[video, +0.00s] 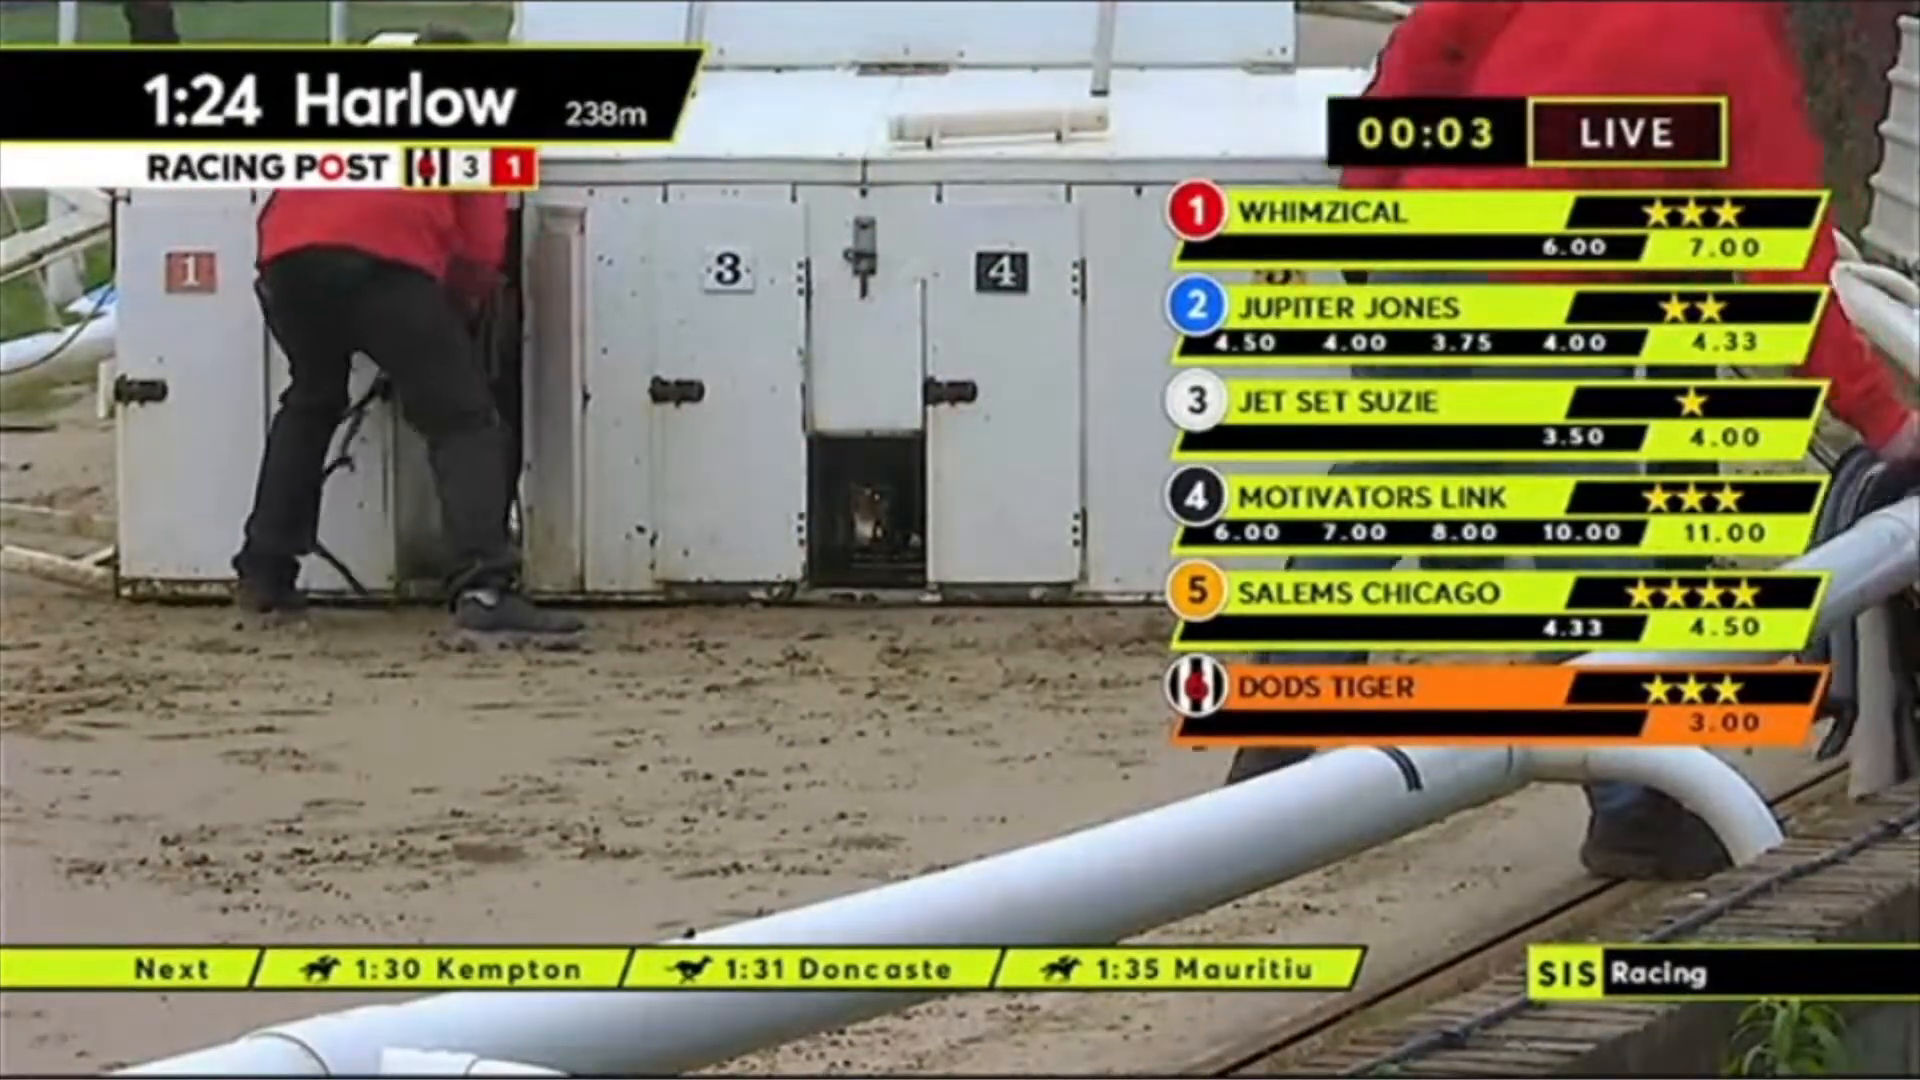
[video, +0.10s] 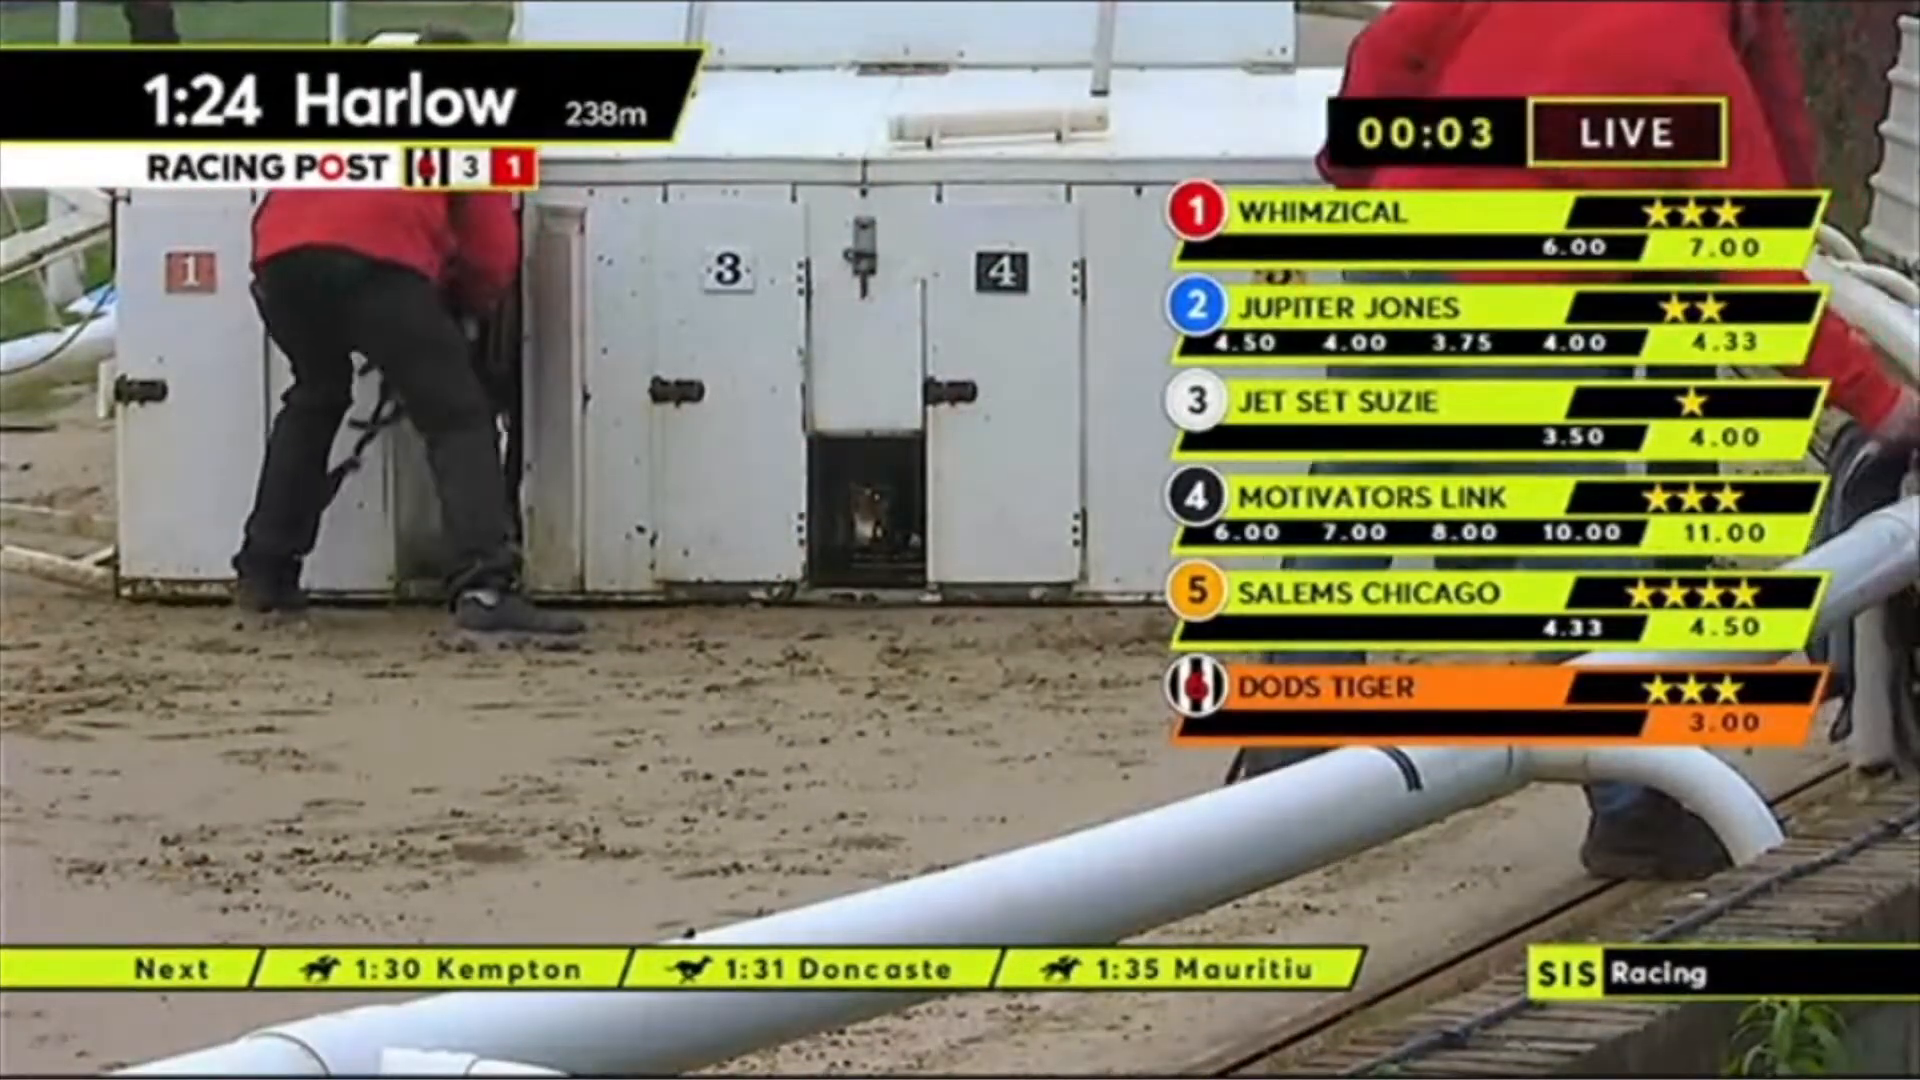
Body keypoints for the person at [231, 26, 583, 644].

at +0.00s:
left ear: (376, 72)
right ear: (463, 86)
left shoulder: (336, 115)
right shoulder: (475, 129)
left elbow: (275, 215)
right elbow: (482, 253)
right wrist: (447, 333)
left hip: (290, 259)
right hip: (388, 264)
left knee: (312, 397)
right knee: (462, 422)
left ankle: (263, 574)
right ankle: (484, 590)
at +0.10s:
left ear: (374, 75)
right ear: (459, 89)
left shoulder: (335, 119)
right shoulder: (471, 130)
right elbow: (493, 254)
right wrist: (464, 310)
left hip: (281, 258)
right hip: (380, 260)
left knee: (317, 391)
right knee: (458, 419)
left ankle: (264, 574)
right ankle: (485, 589)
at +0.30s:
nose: (490, 101)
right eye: (492, 87)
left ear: (421, 53)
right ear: (479, 71)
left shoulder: (353, 99)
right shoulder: (472, 120)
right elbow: (487, 252)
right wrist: (479, 313)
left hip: (279, 259)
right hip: (375, 262)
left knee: (326, 392)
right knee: (456, 418)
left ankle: (264, 573)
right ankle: (487, 592)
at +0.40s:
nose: (490, 100)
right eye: (492, 87)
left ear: (418, 54)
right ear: (477, 69)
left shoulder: (359, 102)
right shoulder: (470, 113)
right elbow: (478, 208)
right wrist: (515, 312)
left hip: (278, 258)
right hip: (374, 259)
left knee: (323, 391)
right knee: (464, 414)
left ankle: (263, 575)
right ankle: (487, 593)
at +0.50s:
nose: (490, 104)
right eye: (485, 91)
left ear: (411, 61)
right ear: (473, 78)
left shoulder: (353, 117)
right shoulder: (468, 128)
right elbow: (515, 218)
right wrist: (583, 309)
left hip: (277, 266)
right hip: (375, 265)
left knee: (326, 391)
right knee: (471, 418)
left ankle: (264, 572)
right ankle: (487, 594)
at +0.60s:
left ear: (405, 70)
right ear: (473, 81)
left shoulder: (360, 125)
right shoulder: (477, 127)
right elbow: (540, 213)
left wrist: (499, 320)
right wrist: (577, 307)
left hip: (279, 271)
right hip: (373, 268)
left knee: (326, 394)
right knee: (480, 418)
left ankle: (264, 574)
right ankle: (489, 594)